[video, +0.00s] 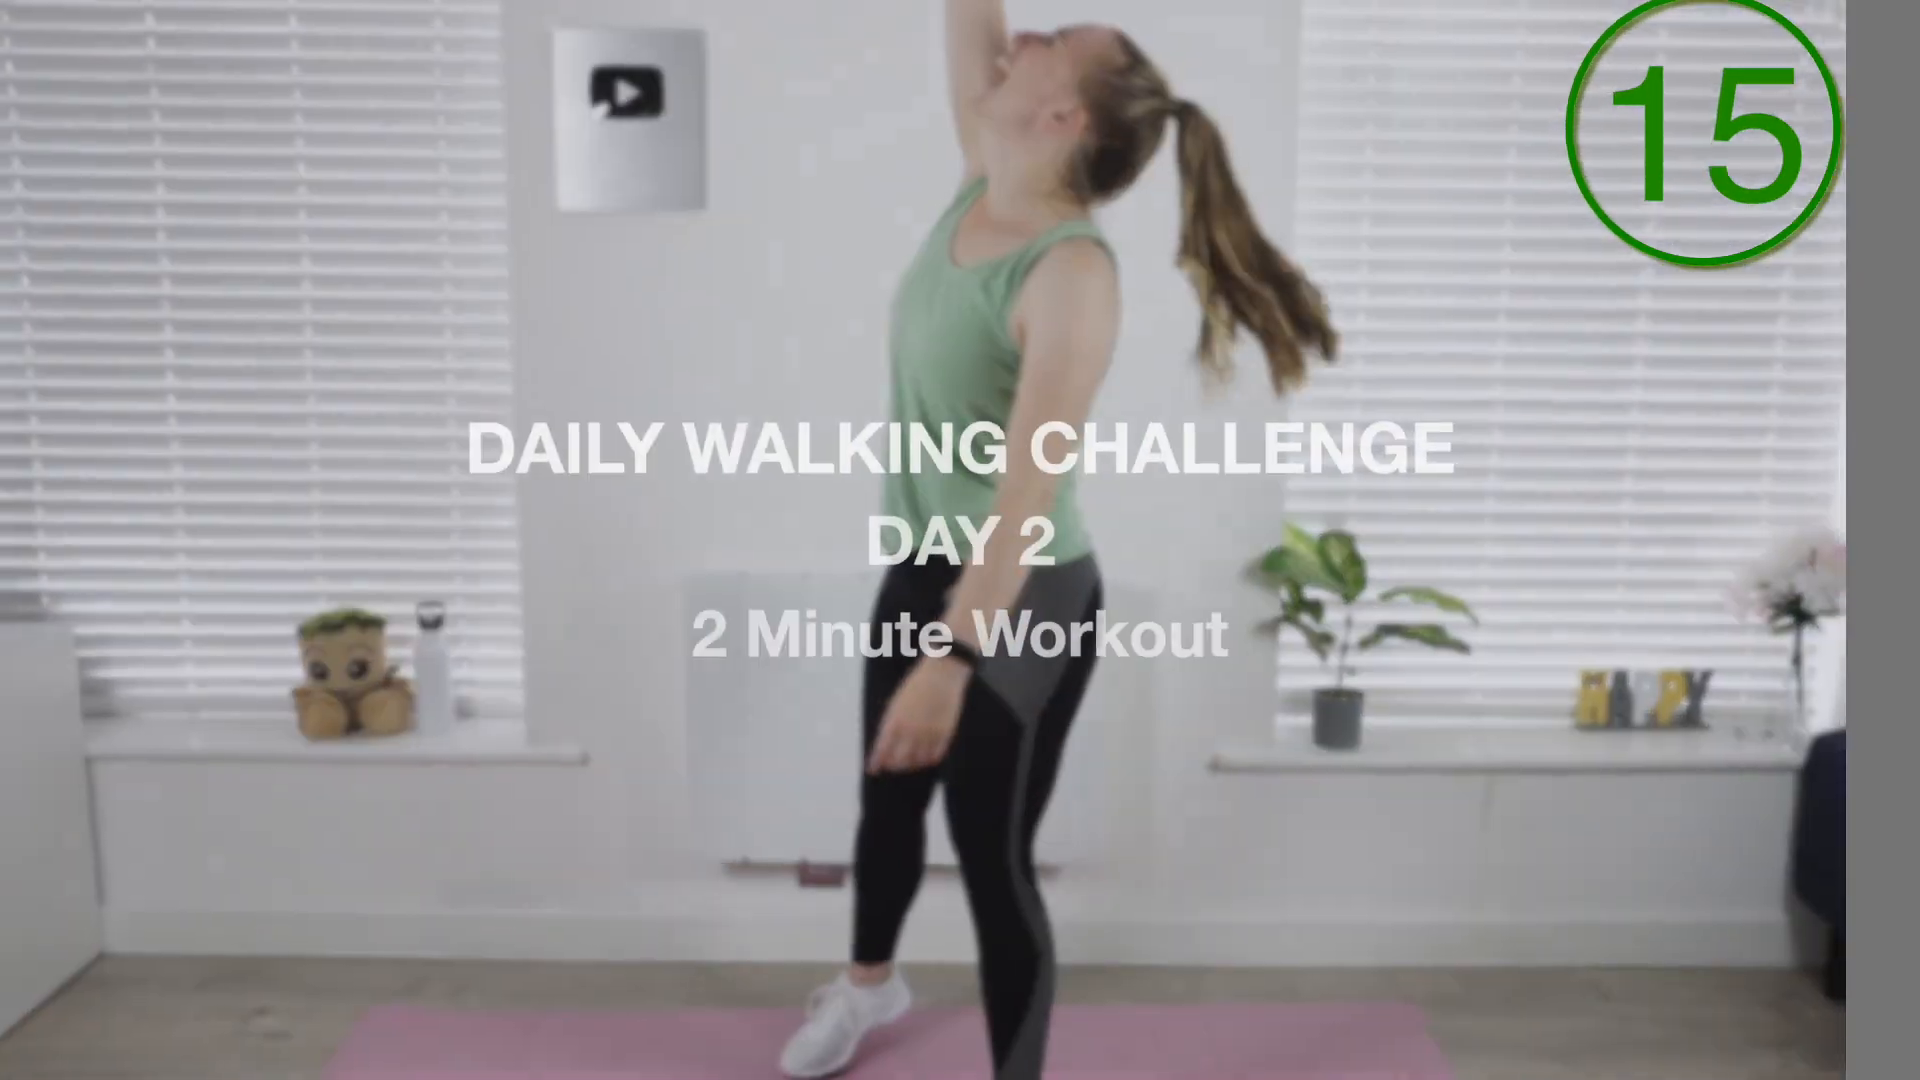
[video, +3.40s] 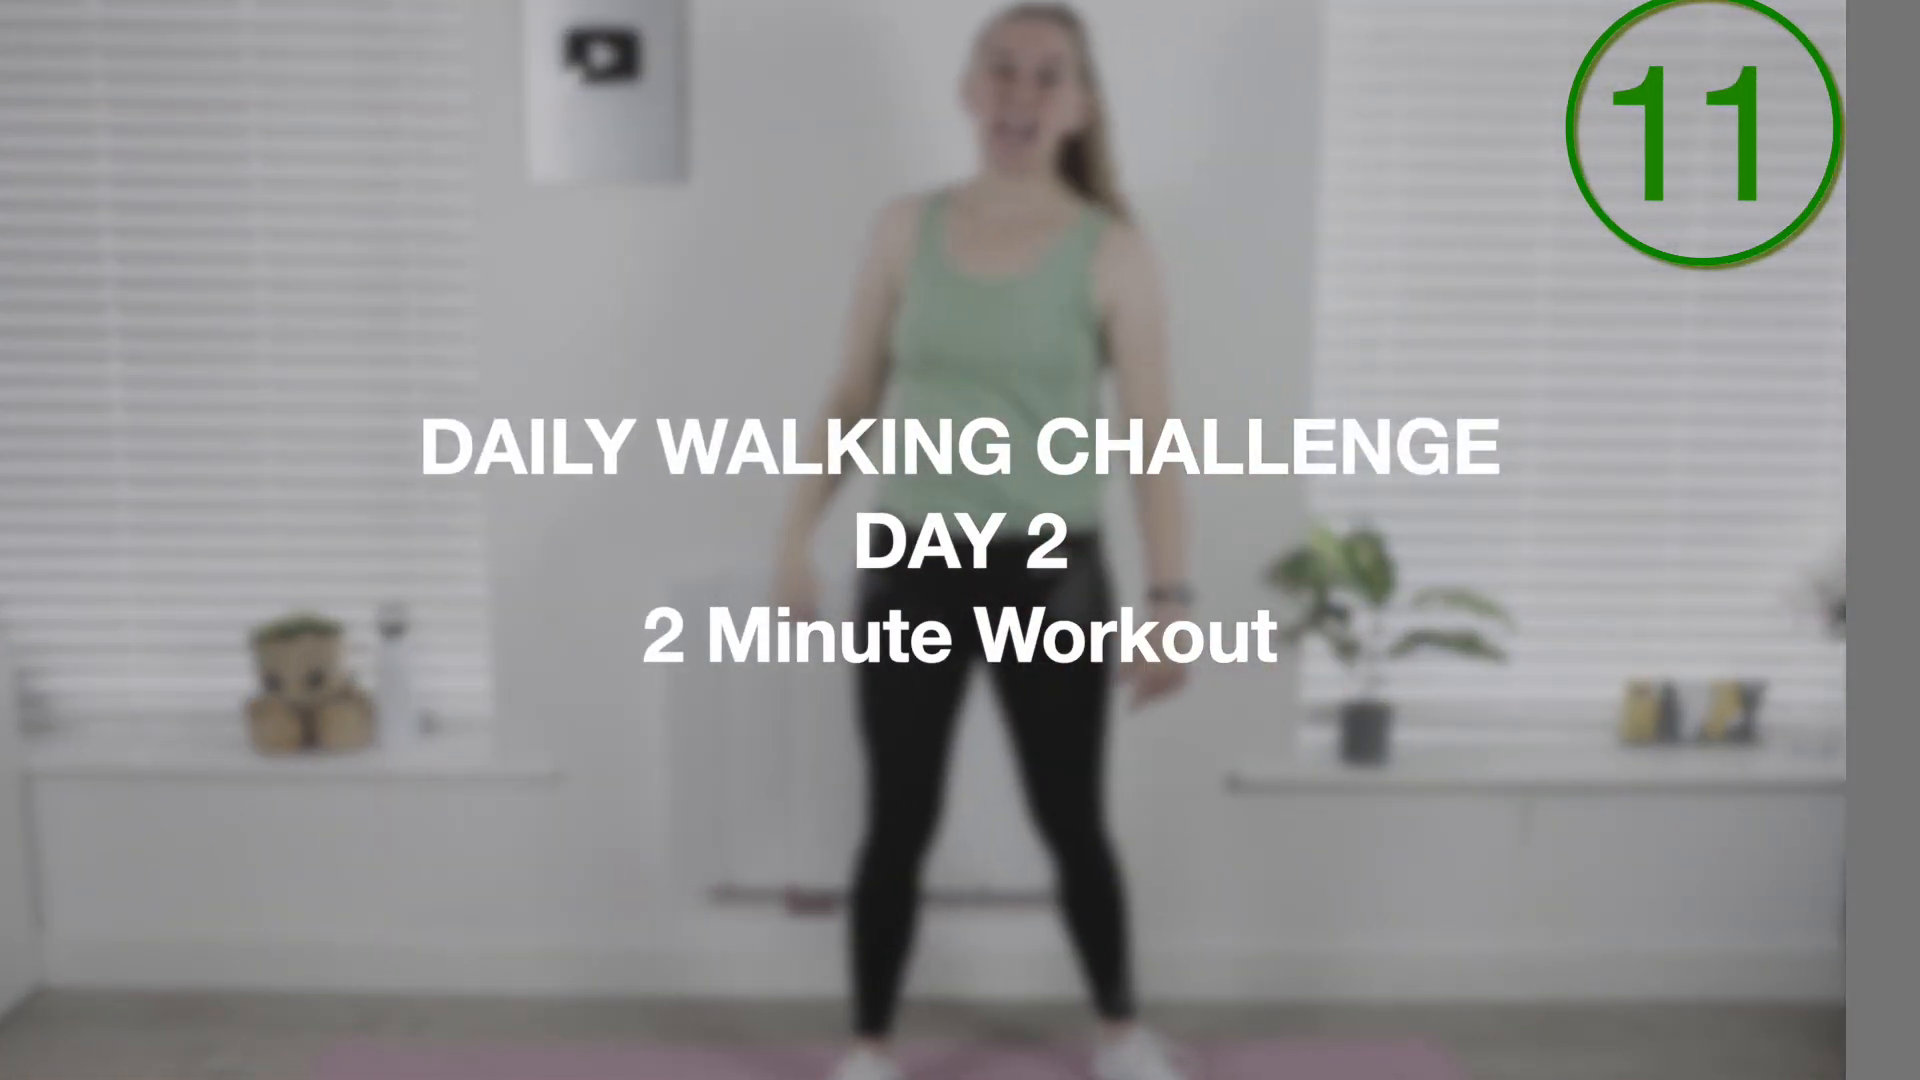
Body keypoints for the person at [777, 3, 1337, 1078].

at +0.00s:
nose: (1022, 38)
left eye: (1051, 44)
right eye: (1045, 32)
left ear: (1063, 122)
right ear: (1051, 121)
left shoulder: (1071, 275)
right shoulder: (990, 175)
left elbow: (1027, 501)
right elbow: (973, 5)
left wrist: (952, 660)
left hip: (1028, 591)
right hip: (927, 567)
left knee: (991, 845)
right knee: (887, 787)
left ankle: (1017, 1070)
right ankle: (867, 980)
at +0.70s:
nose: (939, 119)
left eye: (961, 99)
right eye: (917, 96)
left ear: (989, 114)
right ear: (875, 107)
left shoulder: (1006, 243)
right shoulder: (830, 197)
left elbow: (1052, 421)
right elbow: (788, 18)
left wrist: (1110, 561)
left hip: (967, 552)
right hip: (838, 548)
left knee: (985, 811)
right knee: (870, 798)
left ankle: (1019, 1050)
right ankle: (890, 1006)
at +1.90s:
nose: (1080, 111)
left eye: (1100, 92)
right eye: (1058, 90)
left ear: (1127, 110)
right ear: (1020, 105)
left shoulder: (1142, 243)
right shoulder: (999, 221)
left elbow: (1149, 420)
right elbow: (966, 48)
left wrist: (1196, 561)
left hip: (1145, 558)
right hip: (1023, 559)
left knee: (1139, 807)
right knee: (981, 801)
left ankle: (1129, 1029)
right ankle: (901, 1009)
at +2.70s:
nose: (1200, 110)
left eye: (1230, 92)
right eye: (1186, 87)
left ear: (1276, 115)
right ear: (1165, 97)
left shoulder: (1283, 266)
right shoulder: (1099, 190)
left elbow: (1265, 456)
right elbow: (928, 154)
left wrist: (1258, 620)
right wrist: (788, 68)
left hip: (1173, 555)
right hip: (1047, 534)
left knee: (1135, 809)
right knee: (991, 790)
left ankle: (1125, 1032)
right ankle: (932, 1010)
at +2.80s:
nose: (1209, 123)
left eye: (1240, 108)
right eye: (1195, 99)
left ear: (1285, 128)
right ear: (1172, 103)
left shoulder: (1281, 277)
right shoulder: (1099, 210)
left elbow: (1244, 453)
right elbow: (957, 291)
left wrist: (1189, 599)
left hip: (1163, 553)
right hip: (1042, 534)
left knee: (1133, 813)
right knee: (983, 790)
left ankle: (1125, 1034)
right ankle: (928, 1011)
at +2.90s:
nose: (1201, 114)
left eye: (1232, 99)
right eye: (1189, 88)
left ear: (1271, 131)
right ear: (1158, 98)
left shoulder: (1272, 272)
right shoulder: (1081, 215)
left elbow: (1229, 453)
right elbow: (1013, 364)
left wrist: (1129, 568)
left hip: (1163, 545)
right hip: (1035, 531)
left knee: (1130, 811)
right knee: (961, 787)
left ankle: (1125, 1031)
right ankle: (908, 1005)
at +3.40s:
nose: (1021, 97)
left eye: (1046, 79)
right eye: (1003, 74)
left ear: (1082, 104)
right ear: (970, 89)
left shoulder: (1110, 249)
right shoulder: (907, 228)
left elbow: (1151, 435)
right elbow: (852, 398)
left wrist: (1168, 594)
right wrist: (794, 546)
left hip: (1048, 561)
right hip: (910, 559)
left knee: (1070, 814)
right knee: (898, 814)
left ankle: (1123, 1032)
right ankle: (868, 1046)